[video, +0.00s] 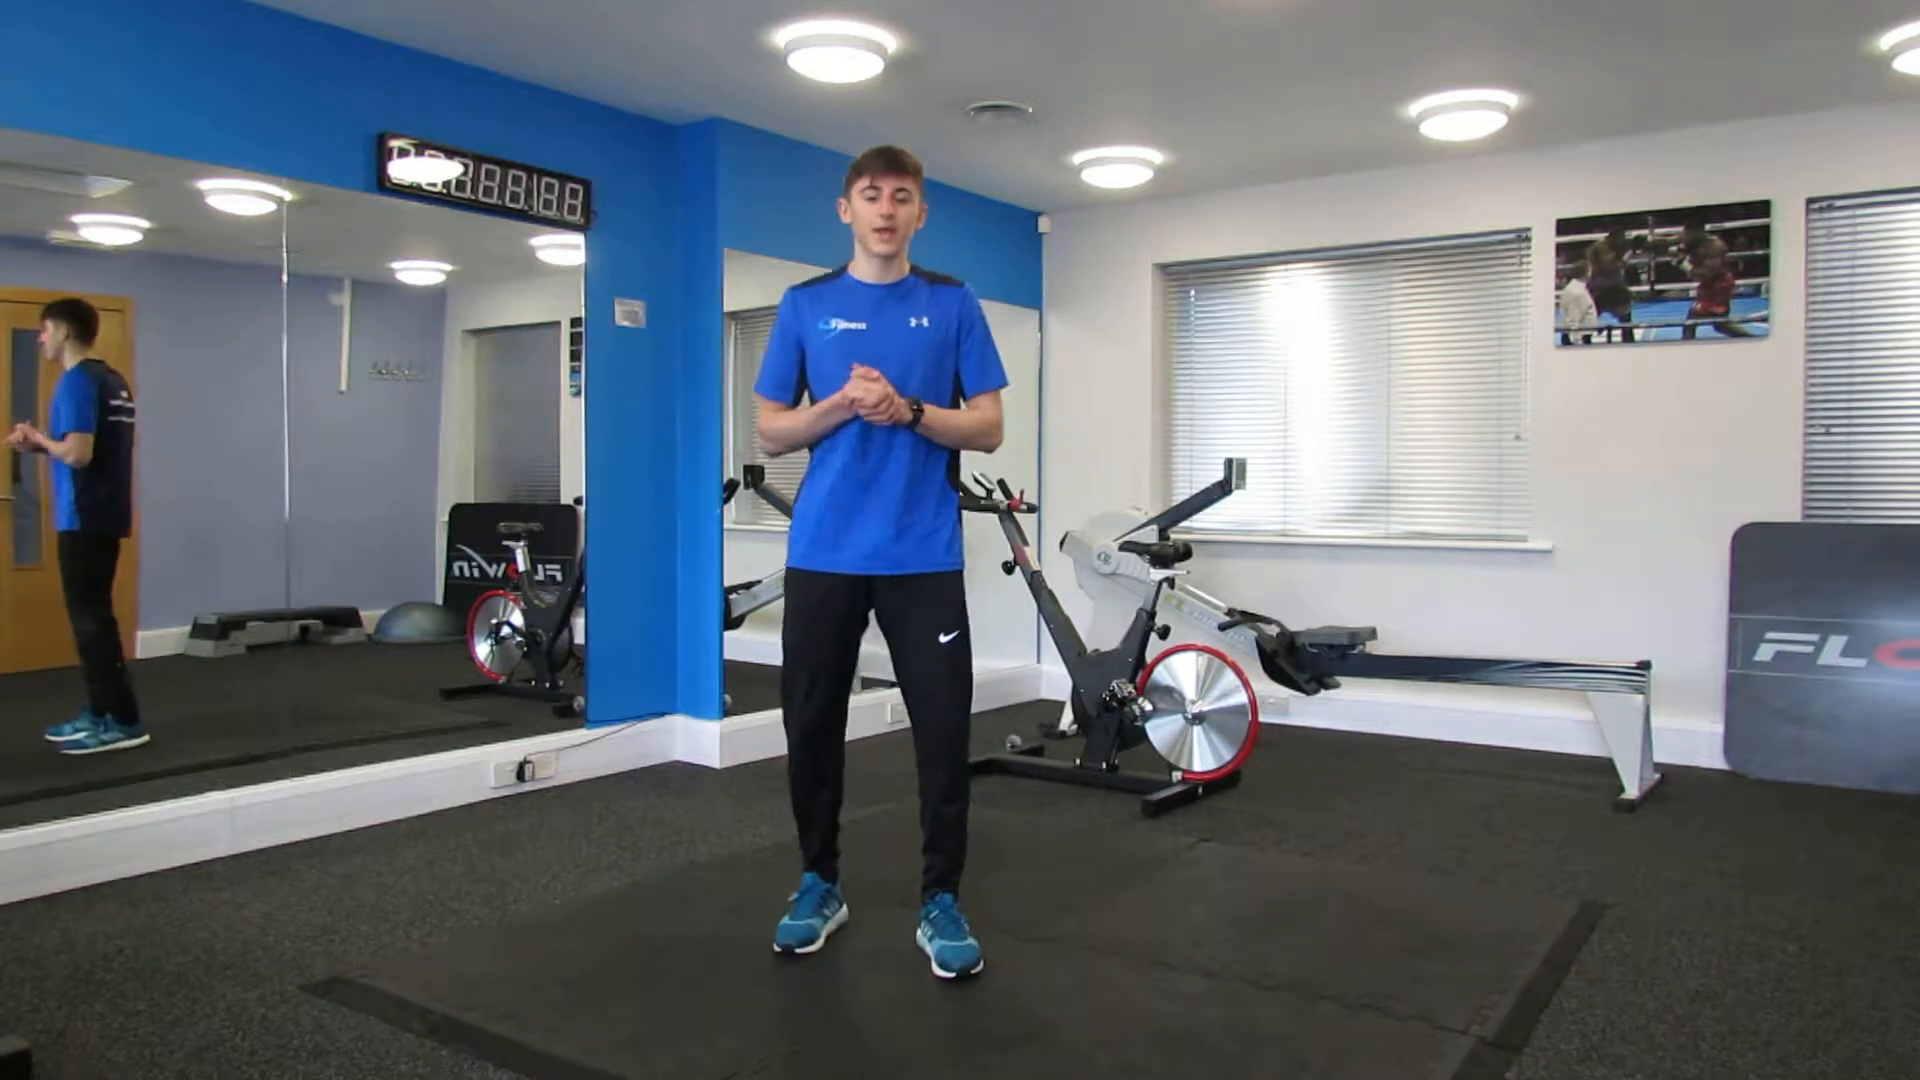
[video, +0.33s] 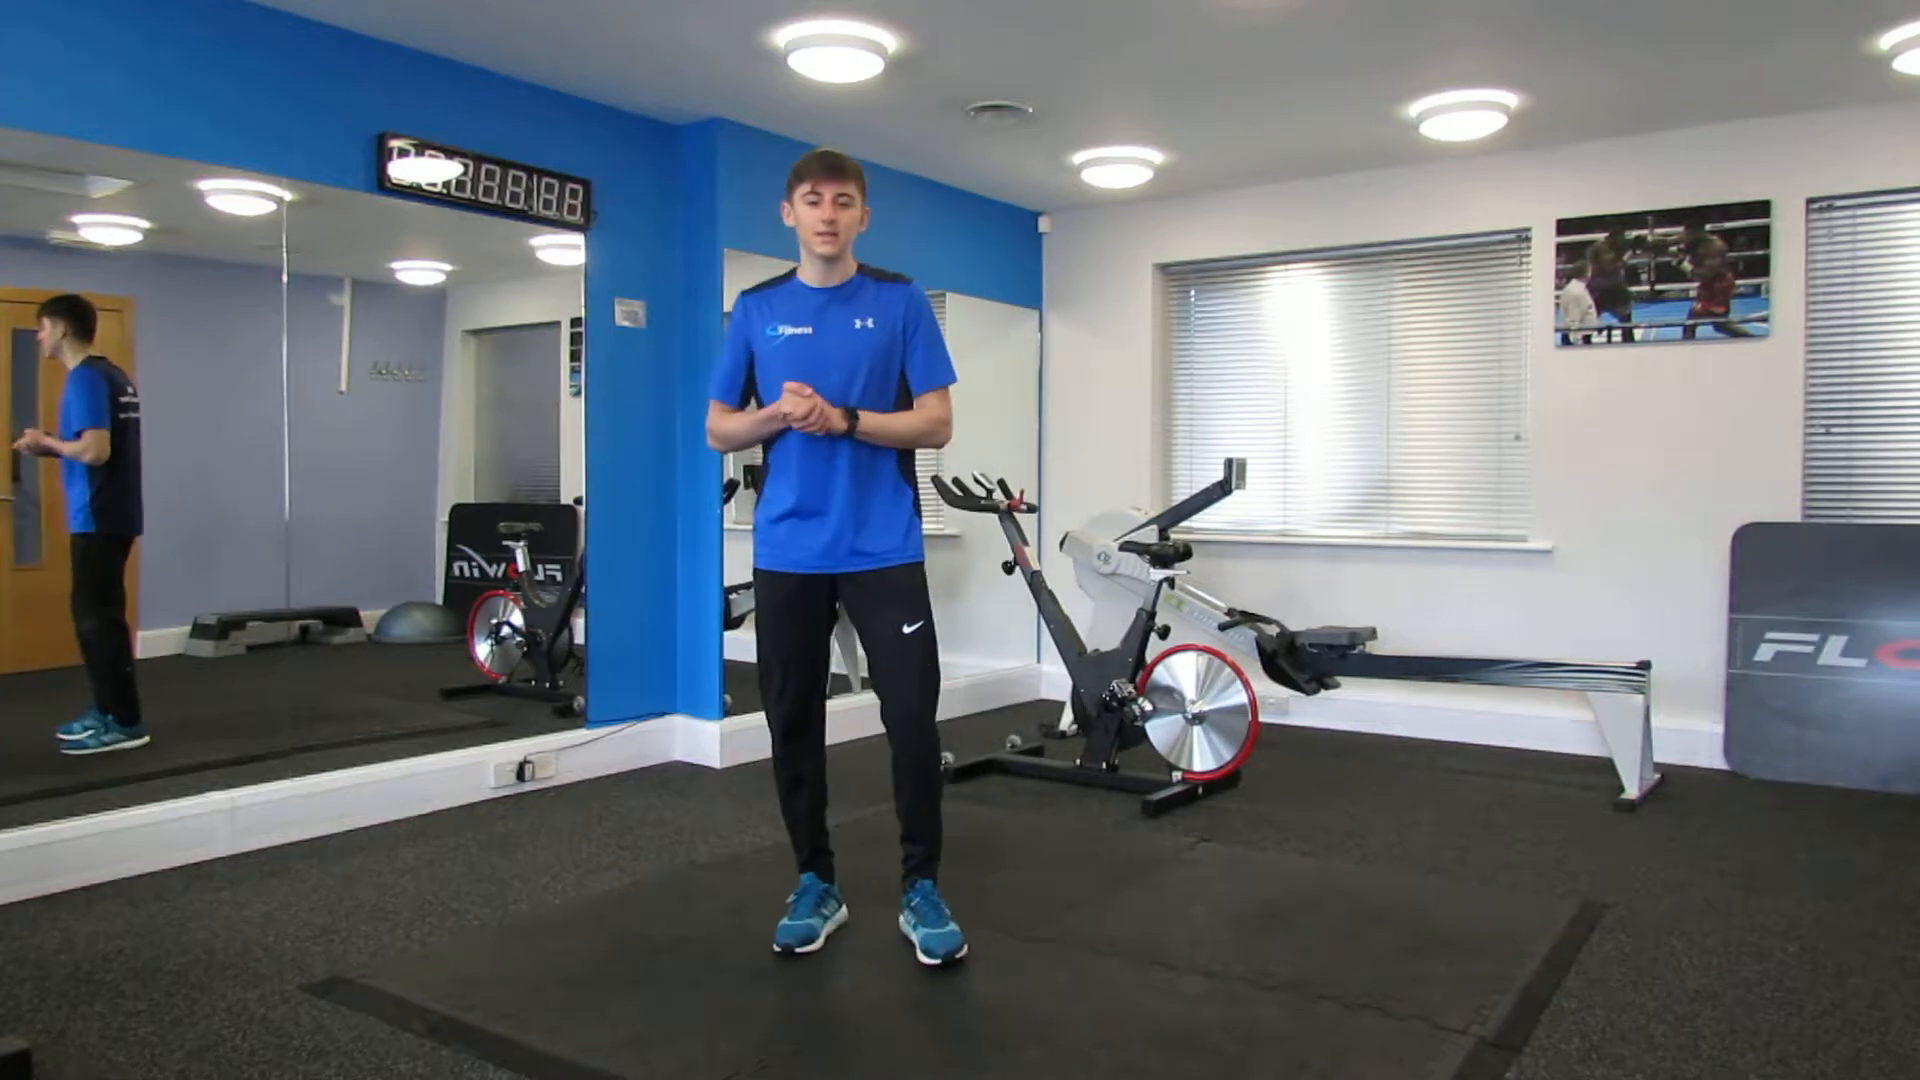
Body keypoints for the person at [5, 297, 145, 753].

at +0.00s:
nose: (40, 338)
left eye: (45, 329)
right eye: (41, 330)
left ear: (65, 333)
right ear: (85, 334)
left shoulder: (78, 379)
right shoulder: (111, 380)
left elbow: (79, 452)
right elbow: (91, 449)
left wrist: (40, 439)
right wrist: (41, 443)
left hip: (83, 523)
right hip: (103, 521)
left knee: (90, 616)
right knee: (93, 615)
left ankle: (121, 718)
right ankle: (101, 713)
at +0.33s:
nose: (39, 337)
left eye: (42, 328)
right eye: (39, 329)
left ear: (60, 329)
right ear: (81, 330)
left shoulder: (87, 377)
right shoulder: (112, 376)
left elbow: (96, 449)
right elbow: (96, 446)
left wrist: (48, 443)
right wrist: (49, 446)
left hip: (98, 523)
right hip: (112, 520)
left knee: (94, 615)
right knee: (101, 614)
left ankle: (121, 719)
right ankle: (110, 713)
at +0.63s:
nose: (40, 334)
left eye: (45, 325)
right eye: (41, 325)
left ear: (65, 328)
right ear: (82, 329)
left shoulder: (92, 376)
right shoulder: (104, 374)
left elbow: (105, 452)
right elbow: (94, 445)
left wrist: (48, 439)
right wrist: (47, 441)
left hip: (98, 524)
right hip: (106, 522)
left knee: (99, 617)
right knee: (103, 616)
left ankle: (124, 719)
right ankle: (117, 715)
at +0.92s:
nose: (38, 335)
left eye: (42, 326)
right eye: (39, 327)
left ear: (62, 328)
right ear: (81, 329)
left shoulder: (84, 376)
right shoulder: (110, 375)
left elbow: (89, 452)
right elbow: (87, 448)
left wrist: (42, 437)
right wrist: (42, 442)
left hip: (93, 524)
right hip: (108, 520)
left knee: (83, 610)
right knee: (93, 609)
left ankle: (122, 718)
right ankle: (114, 713)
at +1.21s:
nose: (27, 337)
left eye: (31, 328)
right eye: (29, 329)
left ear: (48, 329)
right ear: (68, 331)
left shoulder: (68, 378)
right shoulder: (101, 377)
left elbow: (72, 452)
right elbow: (85, 447)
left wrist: (35, 441)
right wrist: (38, 445)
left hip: (82, 525)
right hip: (100, 521)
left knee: (93, 618)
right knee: (66, 615)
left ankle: (126, 721)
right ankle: (60, 712)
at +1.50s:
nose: (9, 345)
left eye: (12, 336)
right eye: (10, 336)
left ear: (27, 335)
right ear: (54, 336)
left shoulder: (43, 381)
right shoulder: (85, 383)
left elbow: (46, 456)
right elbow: (81, 457)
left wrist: (11, 445)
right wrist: (24, 451)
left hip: (57, 529)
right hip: (82, 527)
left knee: (74, 620)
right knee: (51, 619)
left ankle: (124, 719)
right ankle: (36, 718)